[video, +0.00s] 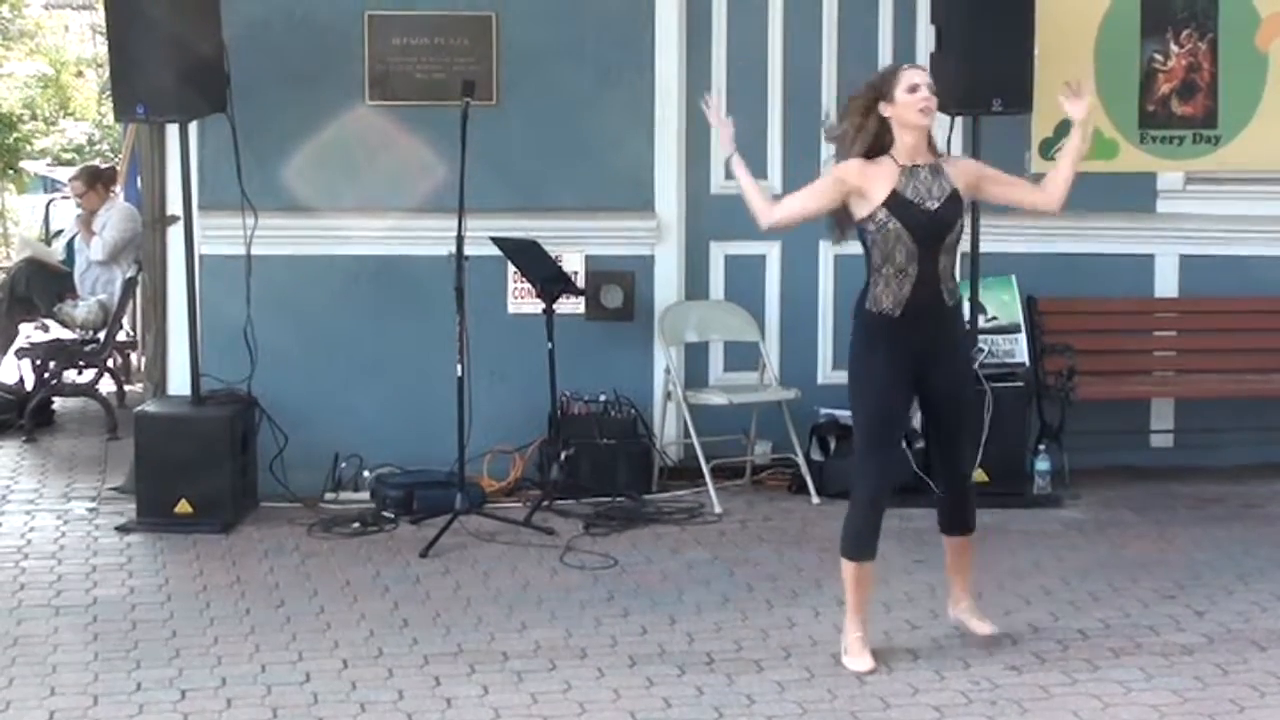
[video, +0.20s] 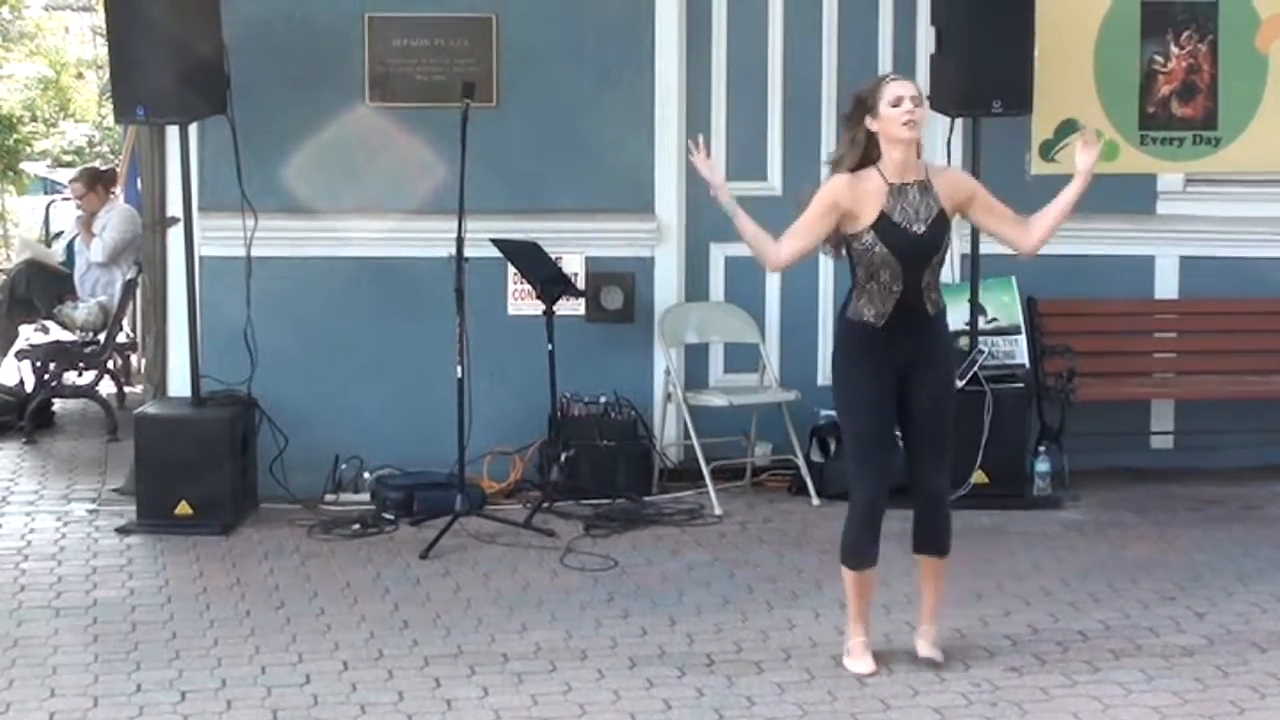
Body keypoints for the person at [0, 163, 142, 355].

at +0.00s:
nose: (78, 203)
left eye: (81, 196)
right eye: (75, 198)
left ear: (100, 189)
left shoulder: (124, 214)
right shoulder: (84, 218)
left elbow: (103, 252)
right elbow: (60, 257)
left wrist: (84, 229)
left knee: (28, 270)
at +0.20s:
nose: (77, 205)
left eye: (81, 198)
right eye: (75, 200)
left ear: (100, 191)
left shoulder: (124, 215)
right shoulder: (84, 220)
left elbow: (102, 254)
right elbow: (58, 257)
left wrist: (84, 230)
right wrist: (33, 255)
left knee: (29, 271)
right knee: (14, 308)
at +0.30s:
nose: (77, 205)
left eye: (81, 199)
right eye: (75, 200)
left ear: (101, 191)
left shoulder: (125, 216)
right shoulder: (87, 220)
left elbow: (102, 254)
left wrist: (84, 231)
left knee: (29, 272)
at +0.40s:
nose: (78, 206)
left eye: (81, 199)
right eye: (75, 201)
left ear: (100, 192)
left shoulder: (125, 216)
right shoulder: (90, 220)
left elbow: (103, 255)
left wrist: (84, 232)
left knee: (29, 272)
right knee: (13, 310)